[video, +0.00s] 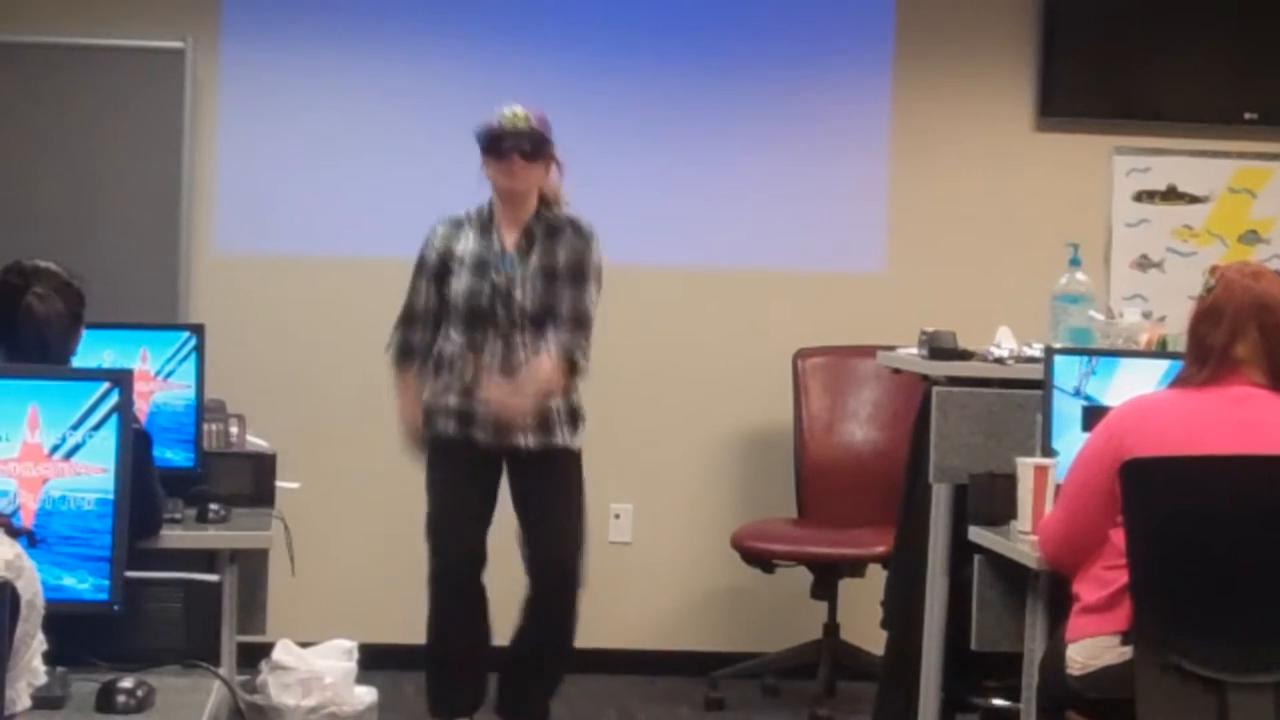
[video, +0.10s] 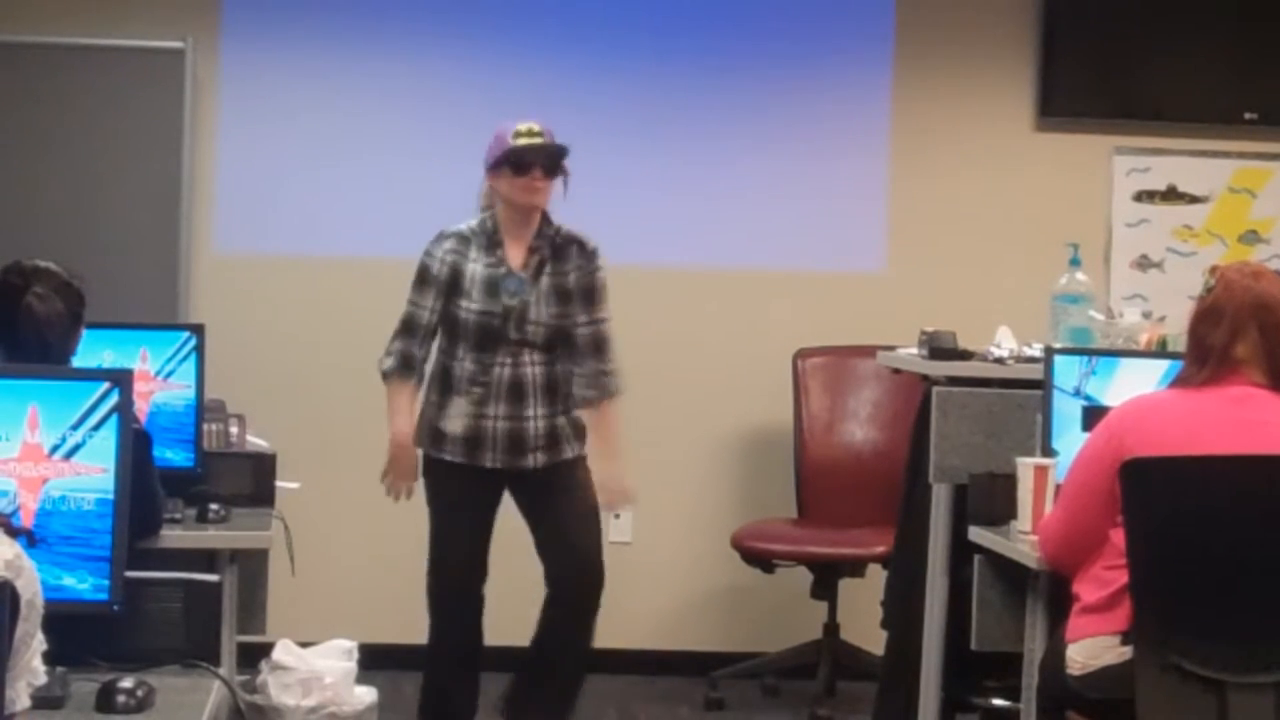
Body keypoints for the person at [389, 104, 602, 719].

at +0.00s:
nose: (511, 165)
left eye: (526, 155)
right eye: (499, 153)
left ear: (548, 166)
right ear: (483, 162)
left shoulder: (572, 240)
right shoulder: (449, 236)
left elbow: (572, 335)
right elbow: (414, 329)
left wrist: (526, 389)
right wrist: (411, 402)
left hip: (543, 430)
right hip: (457, 426)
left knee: (557, 572)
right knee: (453, 568)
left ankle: (524, 706)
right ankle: (454, 703)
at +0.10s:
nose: (536, 177)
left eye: (547, 168)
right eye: (521, 167)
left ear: (558, 180)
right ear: (492, 178)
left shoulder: (576, 257)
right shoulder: (450, 249)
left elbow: (594, 366)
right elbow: (407, 349)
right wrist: (400, 440)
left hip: (549, 450)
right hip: (460, 449)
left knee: (580, 580)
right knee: (454, 592)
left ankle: (533, 714)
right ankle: (446, 714)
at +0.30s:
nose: (571, 175)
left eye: (577, 165)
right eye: (555, 164)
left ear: (581, 173)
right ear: (519, 173)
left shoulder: (592, 243)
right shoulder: (487, 231)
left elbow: (640, 303)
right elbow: (456, 306)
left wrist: (692, 364)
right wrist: (500, 370)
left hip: (569, 441)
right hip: (484, 438)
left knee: (581, 579)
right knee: (464, 580)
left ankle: (578, 710)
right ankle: (439, 707)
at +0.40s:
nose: (582, 187)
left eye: (586, 177)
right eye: (565, 178)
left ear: (589, 187)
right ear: (525, 190)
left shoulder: (595, 263)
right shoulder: (494, 254)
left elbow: (639, 321)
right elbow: (497, 320)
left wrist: (682, 356)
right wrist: (556, 357)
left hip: (583, 455)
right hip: (497, 454)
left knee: (598, 589)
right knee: (483, 594)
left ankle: (560, 715)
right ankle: (455, 710)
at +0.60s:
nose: (600, 158)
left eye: (601, 148)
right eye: (584, 149)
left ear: (599, 157)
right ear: (540, 161)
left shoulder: (620, 231)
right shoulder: (496, 232)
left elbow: (627, 327)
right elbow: (501, 328)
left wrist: (610, 371)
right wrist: (568, 375)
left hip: (601, 440)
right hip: (511, 437)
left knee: (597, 591)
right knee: (501, 591)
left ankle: (576, 715)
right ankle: (496, 714)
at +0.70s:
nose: (610, 163)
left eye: (611, 153)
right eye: (593, 154)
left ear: (610, 160)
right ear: (551, 166)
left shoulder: (633, 241)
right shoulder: (507, 237)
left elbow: (639, 357)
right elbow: (485, 350)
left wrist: (586, 432)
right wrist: (532, 429)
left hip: (604, 450)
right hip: (511, 447)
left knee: (595, 608)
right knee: (501, 603)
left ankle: (572, 717)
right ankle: (495, 714)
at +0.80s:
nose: (614, 181)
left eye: (617, 170)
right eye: (595, 172)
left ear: (623, 179)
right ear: (558, 187)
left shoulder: (644, 269)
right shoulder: (519, 265)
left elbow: (665, 370)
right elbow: (480, 377)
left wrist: (676, 463)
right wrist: (471, 480)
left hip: (604, 460)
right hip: (515, 458)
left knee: (605, 607)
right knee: (505, 610)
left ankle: (580, 716)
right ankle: (492, 713)